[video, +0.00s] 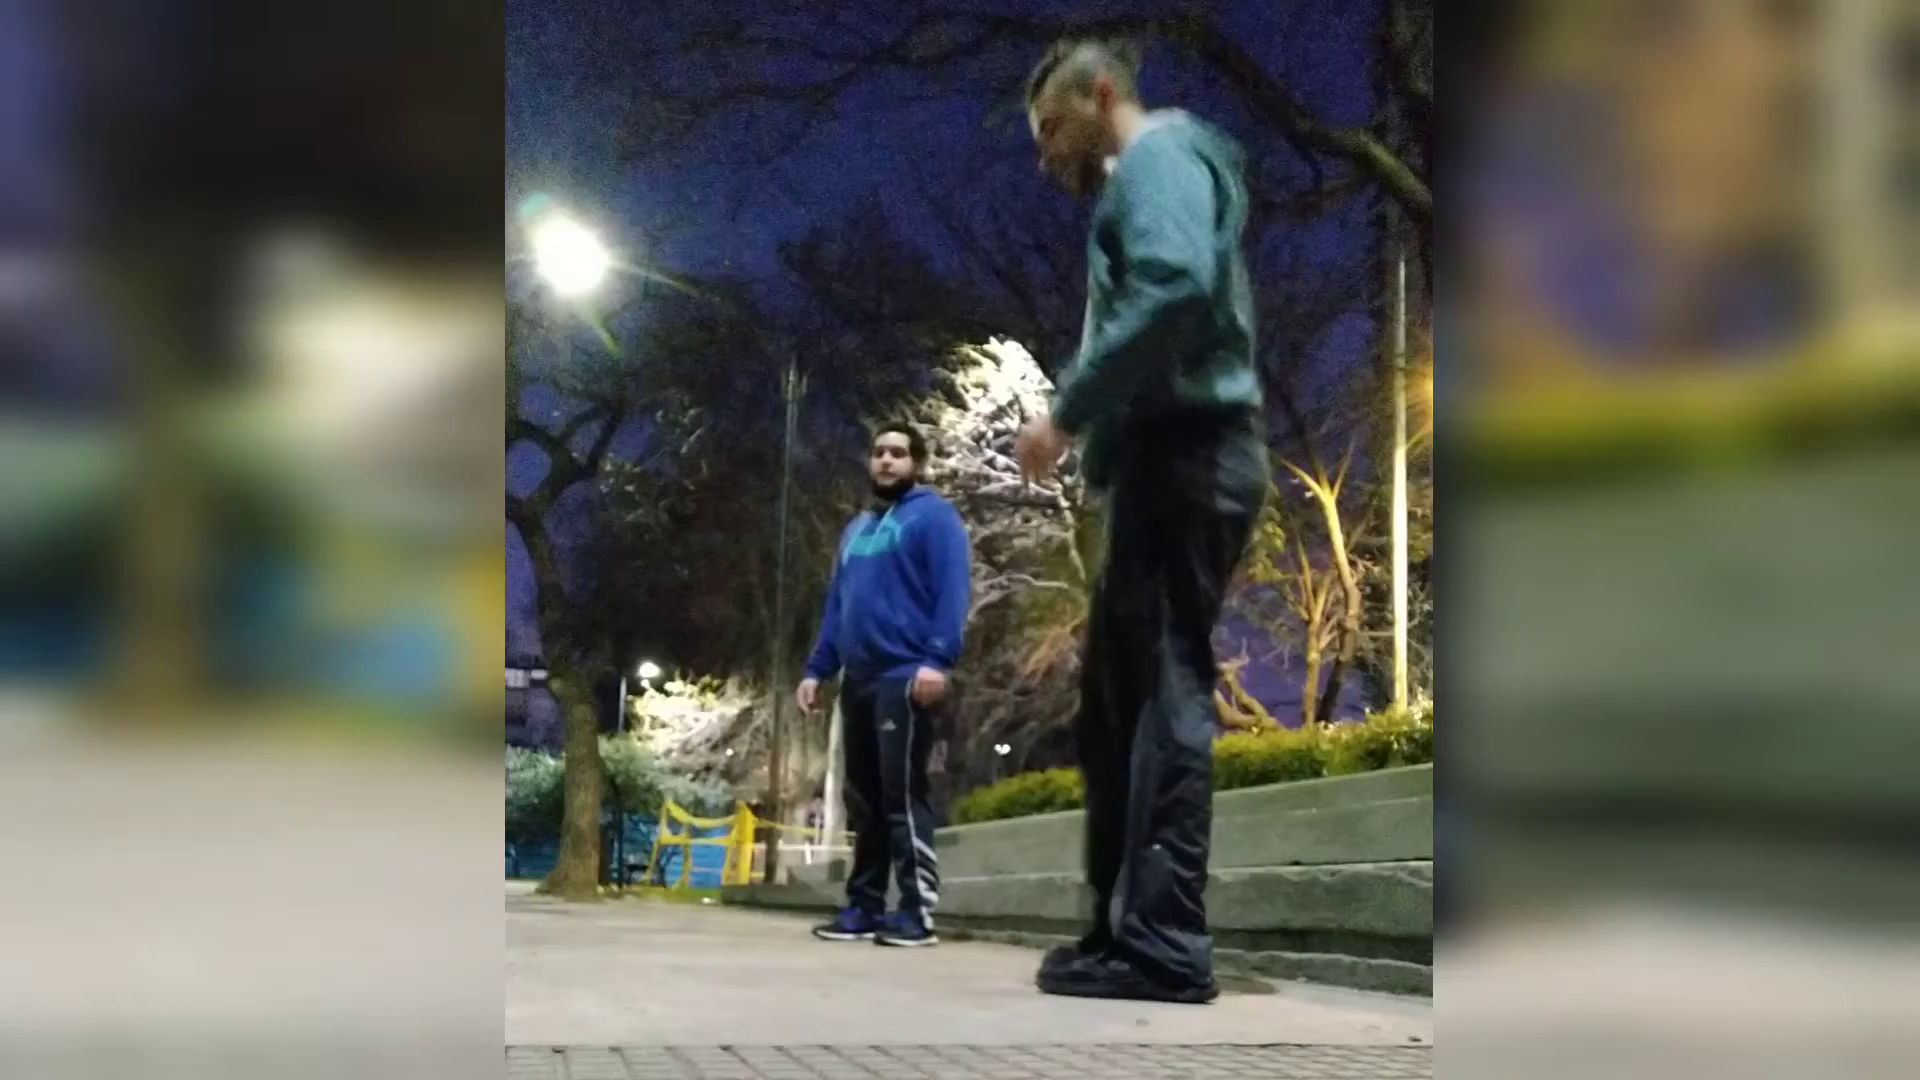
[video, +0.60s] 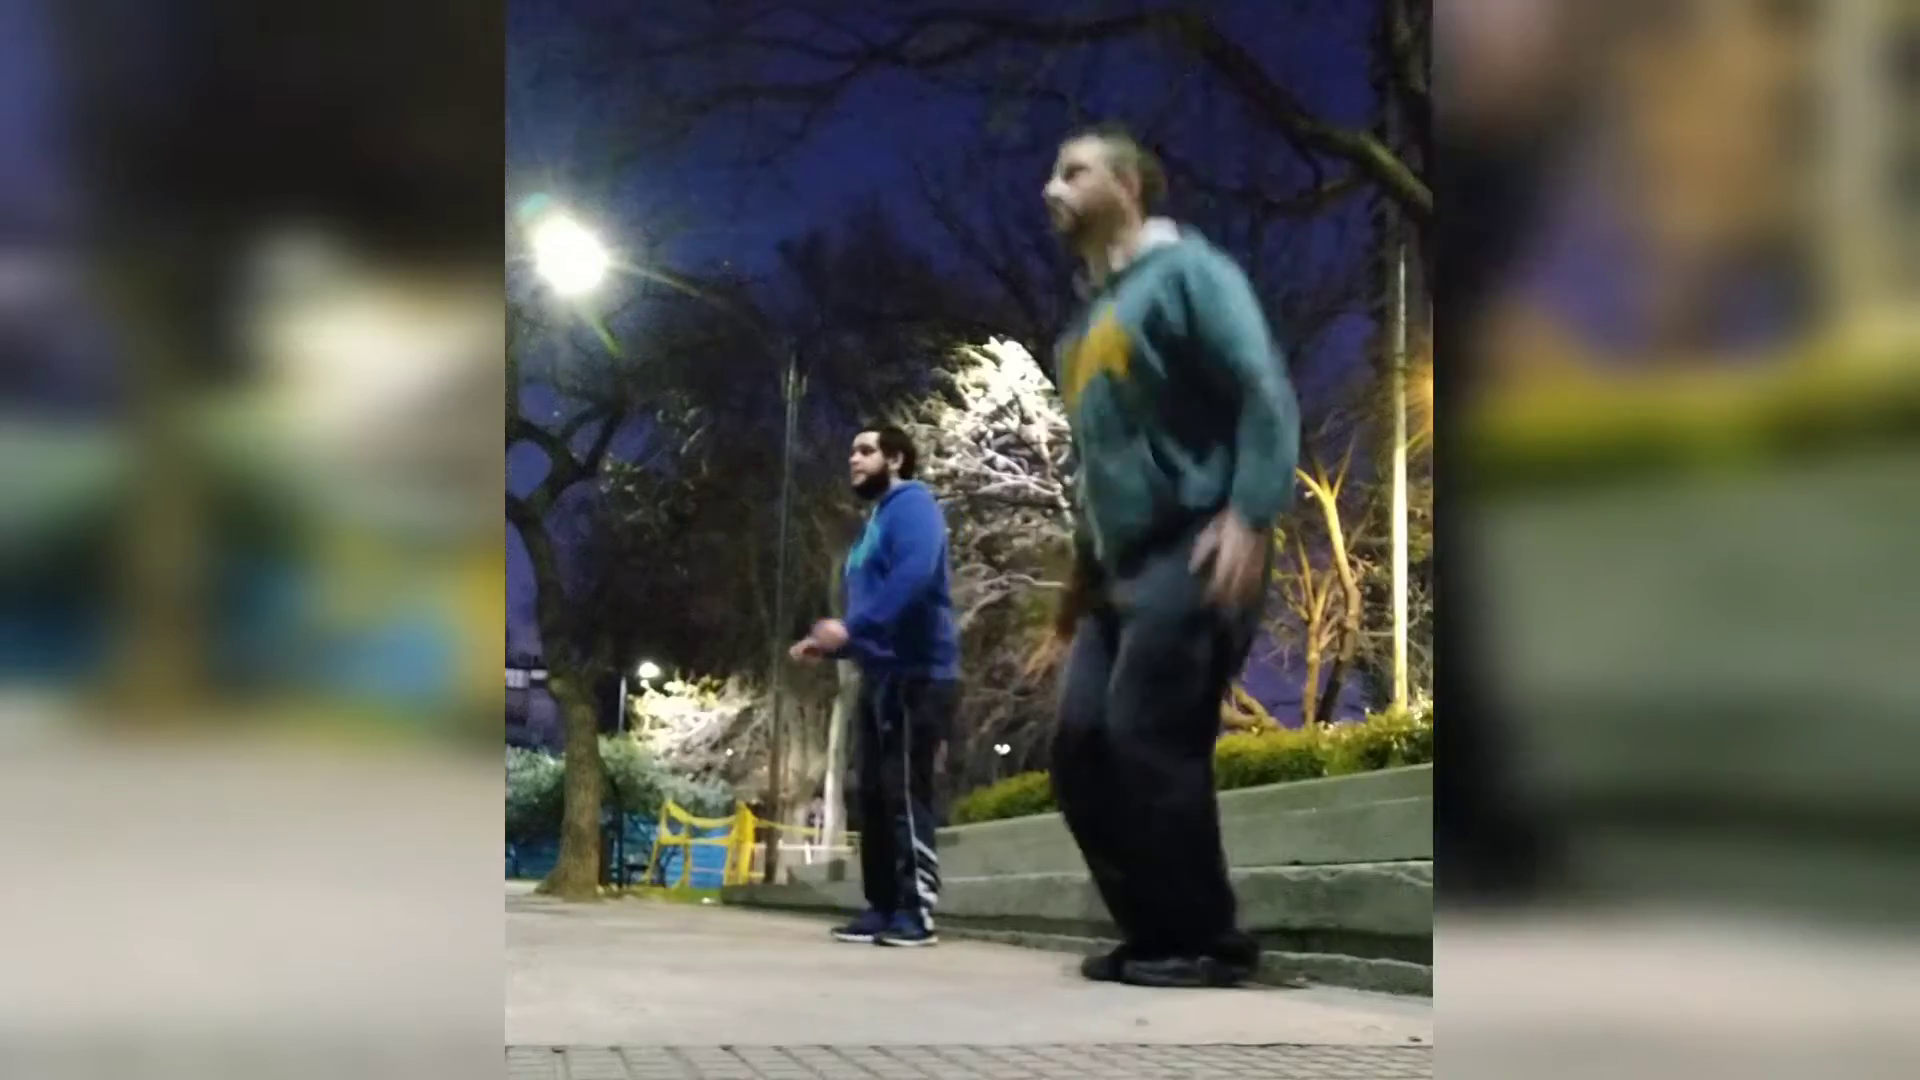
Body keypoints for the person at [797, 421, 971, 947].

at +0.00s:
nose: (886, 461)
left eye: (897, 453)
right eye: (880, 453)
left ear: (916, 463)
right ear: (870, 462)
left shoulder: (933, 516)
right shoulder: (858, 526)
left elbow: (953, 590)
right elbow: (839, 604)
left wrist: (938, 660)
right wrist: (817, 670)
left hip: (906, 669)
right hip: (860, 671)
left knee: (902, 794)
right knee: (866, 797)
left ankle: (915, 913)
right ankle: (865, 908)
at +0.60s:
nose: (853, 461)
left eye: (864, 451)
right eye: (852, 453)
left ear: (894, 460)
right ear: (859, 464)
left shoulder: (912, 503)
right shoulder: (877, 519)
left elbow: (913, 575)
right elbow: (873, 608)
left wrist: (851, 627)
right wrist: (832, 645)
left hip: (917, 669)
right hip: (882, 669)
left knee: (905, 787)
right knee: (873, 788)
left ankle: (914, 913)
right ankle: (881, 907)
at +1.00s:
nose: (838, 484)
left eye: (849, 476)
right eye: (838, 476)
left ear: (878, 485)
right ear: (861, 487)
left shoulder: (898, 525)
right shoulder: (866, 541)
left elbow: (917, 589)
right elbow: (860, 637)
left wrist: (879, 635)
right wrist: (804, 672)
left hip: (905, 687)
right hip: (880, 686)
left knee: (856, 793)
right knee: (848, 794)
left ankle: (889, 897)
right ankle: (878, 896)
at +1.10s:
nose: (852, 451)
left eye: (863, 442)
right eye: (850, 444)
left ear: (890, 451)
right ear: (852, 457)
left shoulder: (913, 496)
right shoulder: (869, 514)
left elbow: (923, 521)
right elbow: (858, 588)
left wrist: (898, 482)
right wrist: (825, 574)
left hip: (902, 665)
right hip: (868, 667)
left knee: (880, 783)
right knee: (858, 787)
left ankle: (896, 879)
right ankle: (874, 889)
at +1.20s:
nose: (860, 434)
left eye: (869, 425)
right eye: (858, 427)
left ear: (896, 433)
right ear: (864, 446)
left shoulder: (916, 480)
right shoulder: (860, 499)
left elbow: (922, 439)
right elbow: (838, 494)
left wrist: (899, 376)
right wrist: (853, 453)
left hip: (899, 628)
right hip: (859, 633)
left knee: (896, 754)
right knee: (859, 761)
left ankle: (913, 880)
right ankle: (873, 879)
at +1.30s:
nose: (866, 438)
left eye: (878, 429)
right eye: (864, 429)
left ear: (902, 437)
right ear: (864, 439)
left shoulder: (913, 484)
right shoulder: (866, 488)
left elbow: (923, 418)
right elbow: (861, 448)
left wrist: (899, 358)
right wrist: (872, 402)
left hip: (901, 628)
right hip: (862, 632)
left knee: (894, 755)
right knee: (859, 770)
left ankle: (932, 882)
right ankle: (872, 885)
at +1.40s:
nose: (862, 466)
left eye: (871, 457)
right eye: (860, 458)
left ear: (895, 461)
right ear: (865, 469)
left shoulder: (914, 503)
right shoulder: (867, 514)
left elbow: (912, 429)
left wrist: (896, 398)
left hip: (903, 647)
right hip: (862, 652)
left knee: (892, 776)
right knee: (856, 787)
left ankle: (930, 897)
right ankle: (877, 893)